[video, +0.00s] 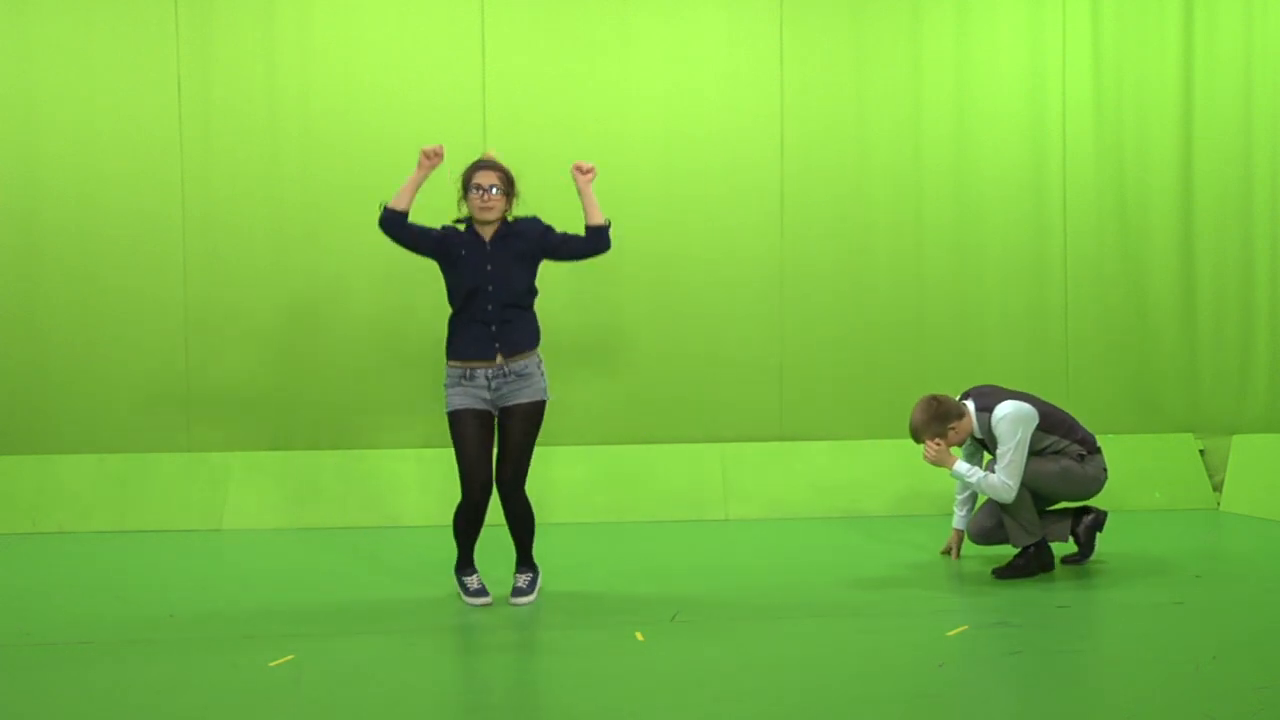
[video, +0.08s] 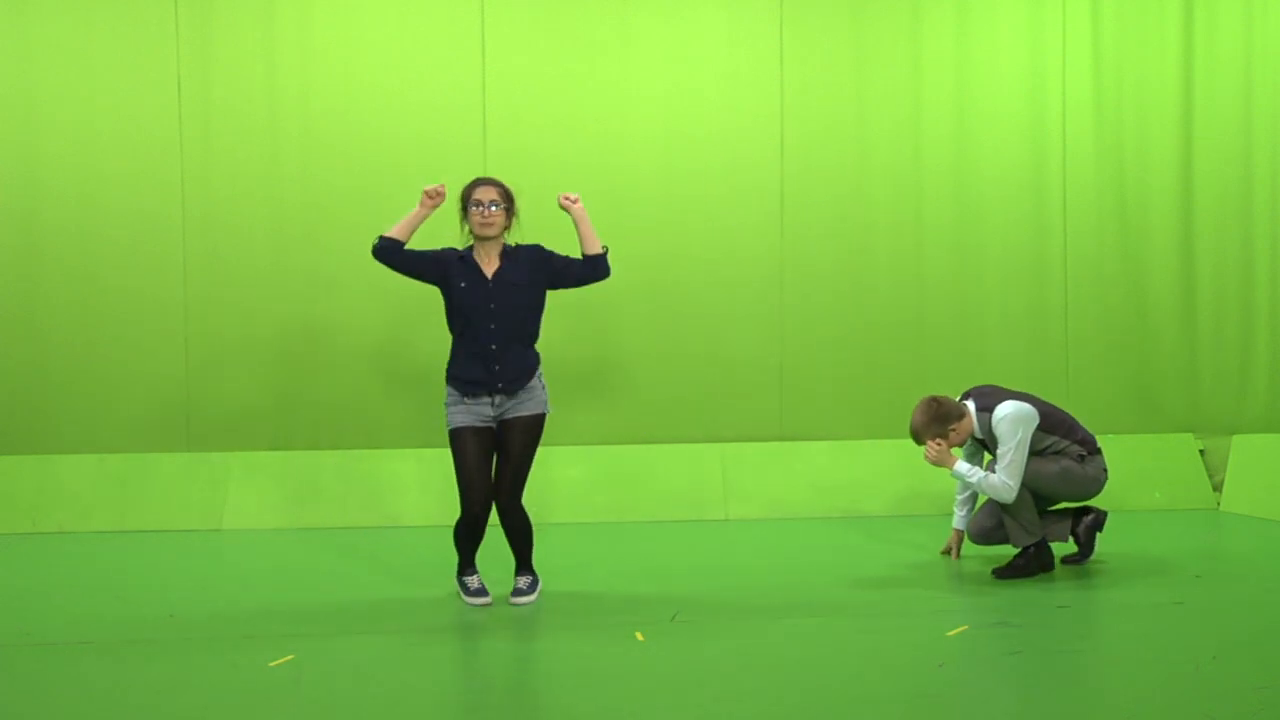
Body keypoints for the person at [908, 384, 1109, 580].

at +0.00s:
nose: (944, 449)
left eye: (940, 444)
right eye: (936, 446)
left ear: (954, 430)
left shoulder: (1009, 416)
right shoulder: (967, 410)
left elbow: (1006, 491)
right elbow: (968, 474)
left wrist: (952, 463)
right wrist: (958, 529)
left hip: (1085, 470)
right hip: (1052, 473)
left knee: (999, 467)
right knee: (981, 529)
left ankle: (1036, 551)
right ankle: (1078, 520)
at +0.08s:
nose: (945, 450)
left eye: (941, 444)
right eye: (937, 446)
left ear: (954, 431)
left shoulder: (1009, 416)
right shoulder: (968, 410)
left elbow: (1006, 491)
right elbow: (969, 474)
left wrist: (953, 463)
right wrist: (958, 529)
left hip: (1085, 471)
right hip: (1051, 474)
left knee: (999, 467)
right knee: (981, 529)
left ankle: (1036, 551)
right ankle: (1078, 520)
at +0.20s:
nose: (945, 450)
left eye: (941, 445)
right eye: (936, 447)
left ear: (954, 432)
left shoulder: (1010, 416)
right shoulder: (967, 410)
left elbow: (1007, 490)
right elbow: (969, 474)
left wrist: (954, 463)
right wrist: (958, 528)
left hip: (1085, 472)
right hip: (1051, 476)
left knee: (999, 467)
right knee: (980, 529)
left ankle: (1036, 551)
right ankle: (1076, 520)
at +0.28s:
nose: (945, 451)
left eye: (941, 446)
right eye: (937, 448)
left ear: (954, 433)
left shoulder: (1010, 416)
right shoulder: (968, 410)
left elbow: (1007, 490)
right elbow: (969, 474)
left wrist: (954, 463)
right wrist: (958, 529)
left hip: (1085, 472)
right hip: (1051, 477)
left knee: (1000, 467)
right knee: (980, 529)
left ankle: (1036, 551)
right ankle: (1076, 520)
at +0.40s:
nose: (947, 453)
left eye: (943, 448)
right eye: (939, 449)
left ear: (954, 434)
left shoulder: (1010, 416)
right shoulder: (968, 411)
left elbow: (1007, 490)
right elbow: (969, 474)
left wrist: (954, 464)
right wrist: (958, 528)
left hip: (1085, 472)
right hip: (1051, 477)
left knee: (999, 467)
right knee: (980, 530)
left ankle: (1036, 551)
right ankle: (1076, 520)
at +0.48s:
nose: (947, 453)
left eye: (943, 448)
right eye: (939, 450)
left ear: (954, 434)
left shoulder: (1011, 417)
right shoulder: (967, 411)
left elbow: (1007, 491)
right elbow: (969, 475)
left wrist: (954, 465)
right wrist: (958, 529)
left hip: (1085, 473)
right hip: (1050, 477)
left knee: (1000, 468)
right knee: (980, 530)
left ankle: (1036, 551)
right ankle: (1076, 520)